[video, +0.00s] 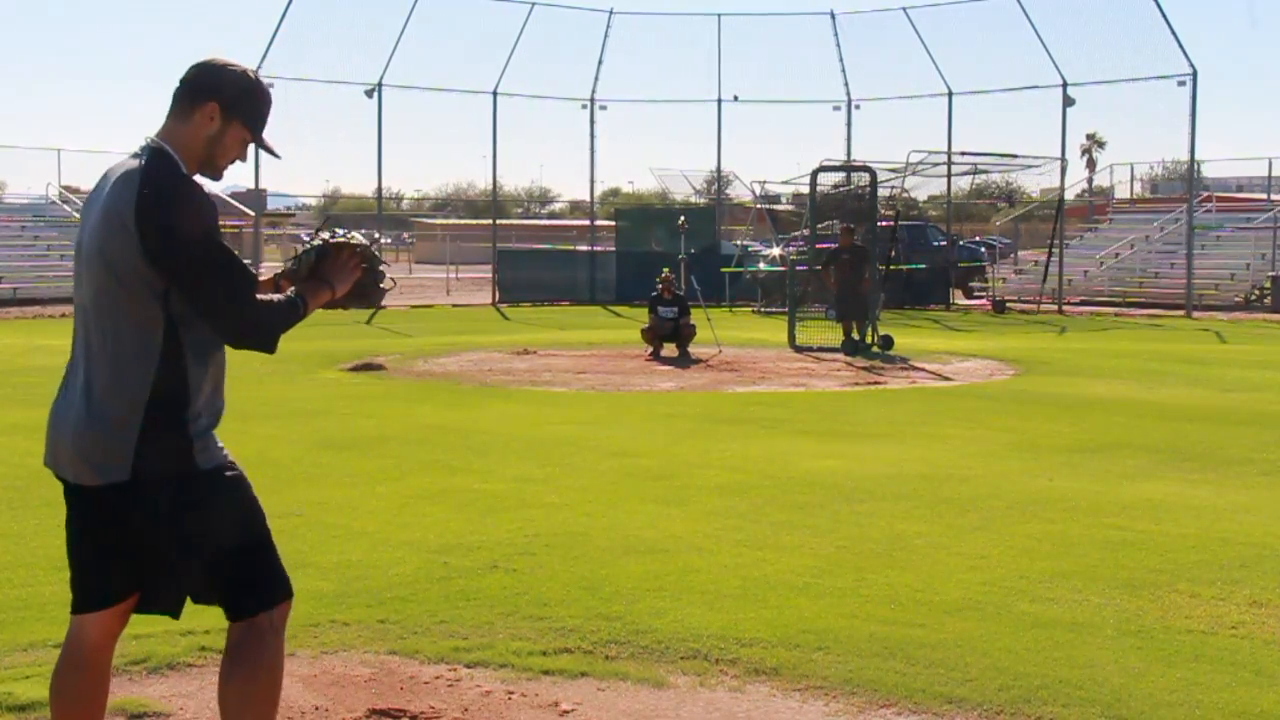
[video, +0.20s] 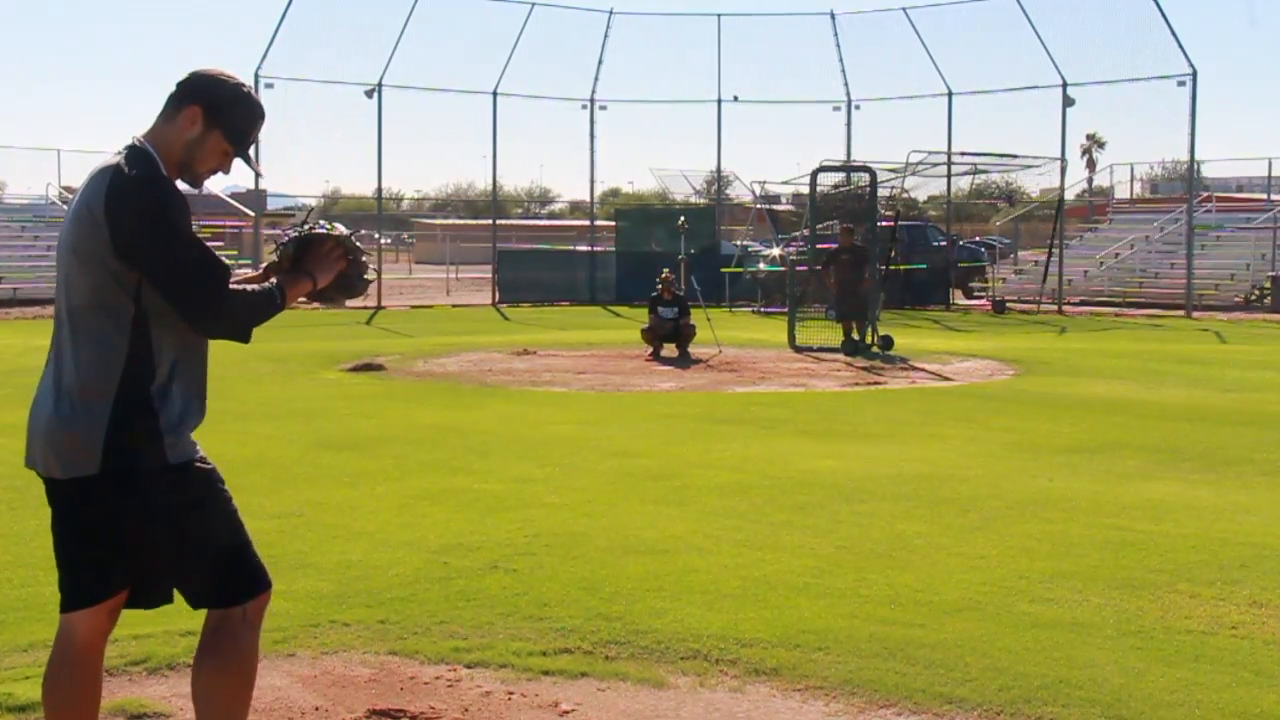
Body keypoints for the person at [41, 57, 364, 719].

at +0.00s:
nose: (243, 155)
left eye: (249, 144)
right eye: (244, 139)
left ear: (193, 116)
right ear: (210, 115)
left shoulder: (115, 184)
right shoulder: (169, 192)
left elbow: (180, 302)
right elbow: (242, 319)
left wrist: (275, 283)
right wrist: (313, 296)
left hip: (89, 445)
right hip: (167, 451)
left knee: (98, 613)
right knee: (263, 603)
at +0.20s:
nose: (226, 167)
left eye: (234, 156)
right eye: (228, 150)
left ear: (186, 121)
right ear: (192, 119)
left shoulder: (104, 185)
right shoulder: (143, 192)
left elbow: (168, 299)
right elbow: (220, 311)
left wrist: (257, 280)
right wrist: (297, 282)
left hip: (74, 444)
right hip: (144, 447)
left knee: (90, 608)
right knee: (242, 594)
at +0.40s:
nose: (228, 166)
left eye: (236, 155)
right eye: (229, 148)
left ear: (188, 124)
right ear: (191, 121)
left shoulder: (110, 183)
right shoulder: (139, 190)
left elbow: (189, 299)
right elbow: (212, 312)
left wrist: (272, 280)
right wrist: (297, 282)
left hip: (71, 441)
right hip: (135, 446)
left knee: (87, 607)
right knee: (241, 590)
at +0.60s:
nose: (241, 163)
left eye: (248, 152)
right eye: (241, 146)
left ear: (204, 124)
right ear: (202, 117)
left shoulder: (173, 196)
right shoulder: (143, 188)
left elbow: (236, 305)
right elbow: (206, 307)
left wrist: (302, 280)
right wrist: (300, 279)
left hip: (102, 441)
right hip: (147, 446)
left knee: (102, 609)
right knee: (251, 593)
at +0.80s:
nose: (258, 150)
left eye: (264, 139)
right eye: (256, 133)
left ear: (220, 117)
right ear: (215, 108)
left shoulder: (229, 200)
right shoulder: (141, 185)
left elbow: (279, 311)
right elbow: (189, 294)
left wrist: (317, 262)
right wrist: (288, 261)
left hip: (207, 445)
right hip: (156, 448)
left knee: (200, 610)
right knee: (227, 618)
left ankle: (138, 716)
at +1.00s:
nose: (267, 144)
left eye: (272, 131)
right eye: (263, 126)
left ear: (228, 112)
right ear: (219, 103)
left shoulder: (251, 189)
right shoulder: (131, 179)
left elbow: (316, 299)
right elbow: (141, 265)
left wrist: (312, 236)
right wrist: (257, 216)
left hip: (250, 427)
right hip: (167, 442)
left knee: (328, 567)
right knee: (209, 622)